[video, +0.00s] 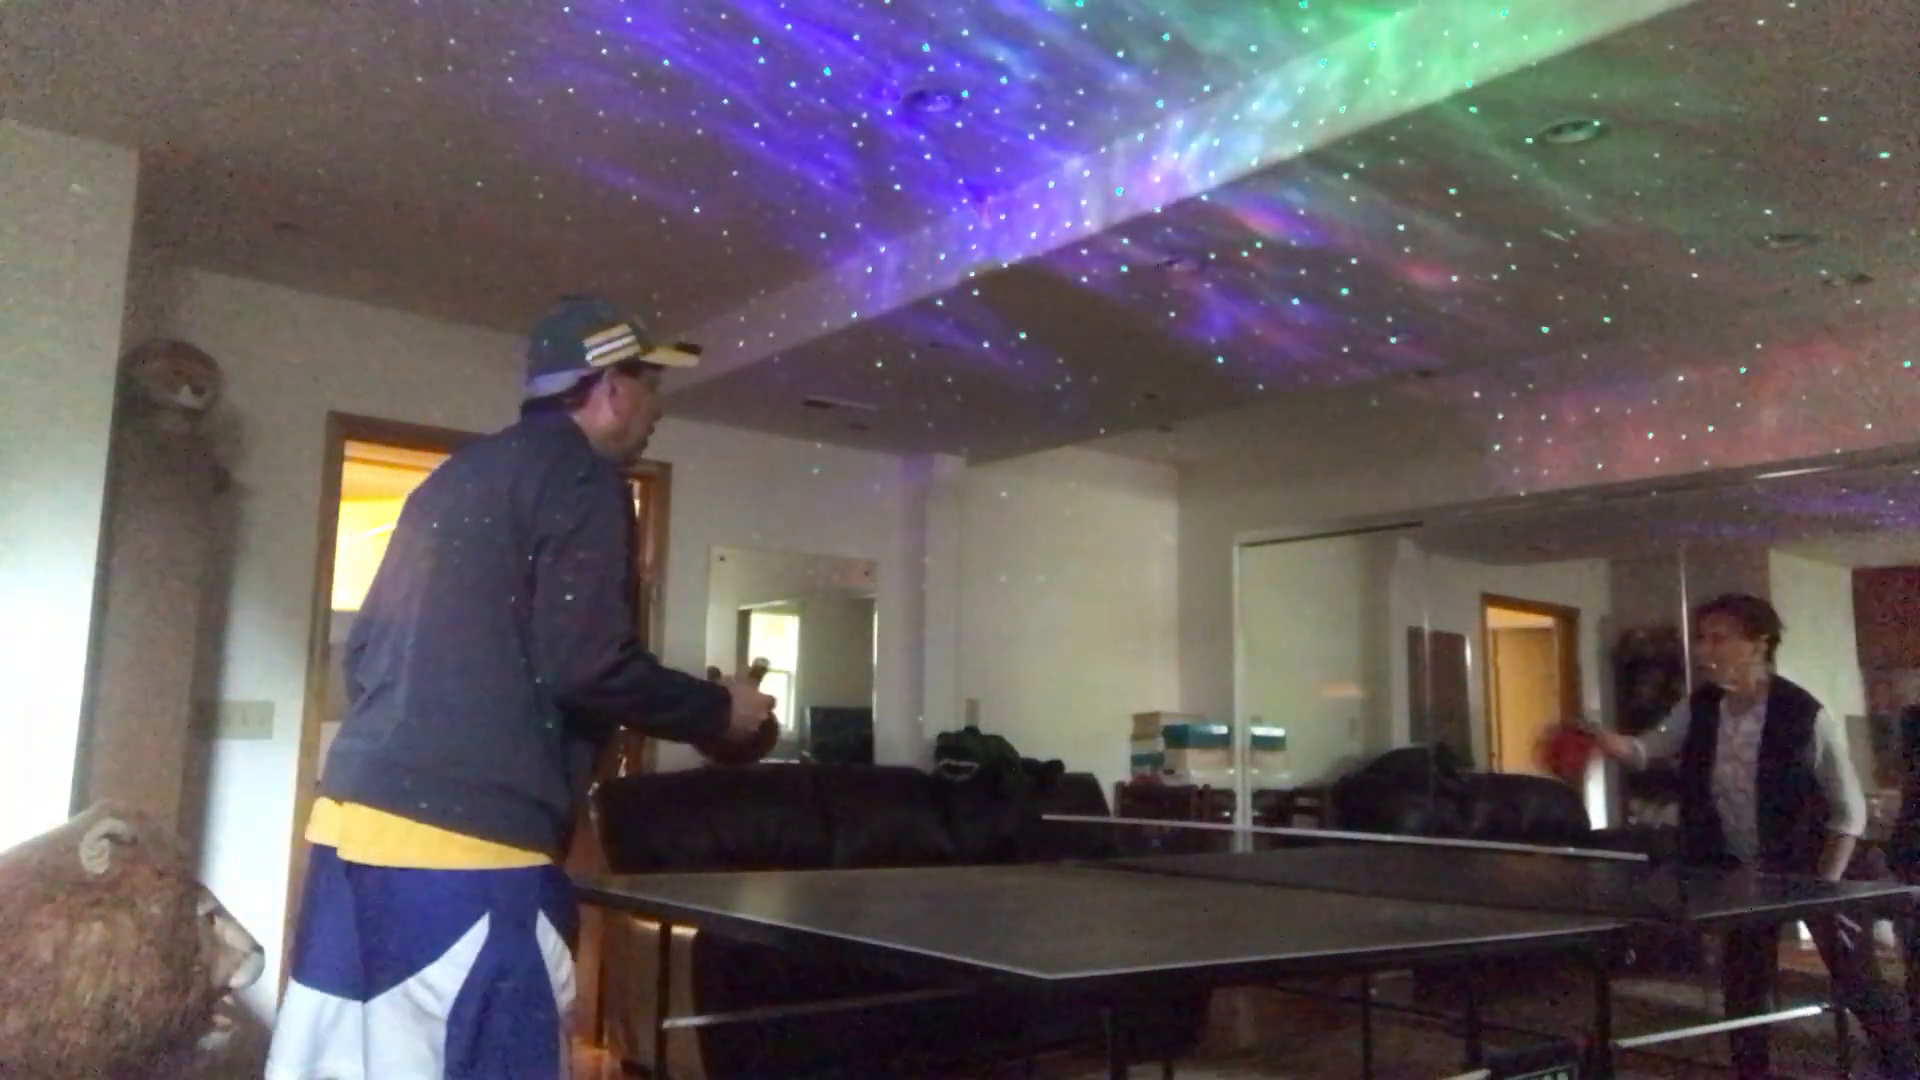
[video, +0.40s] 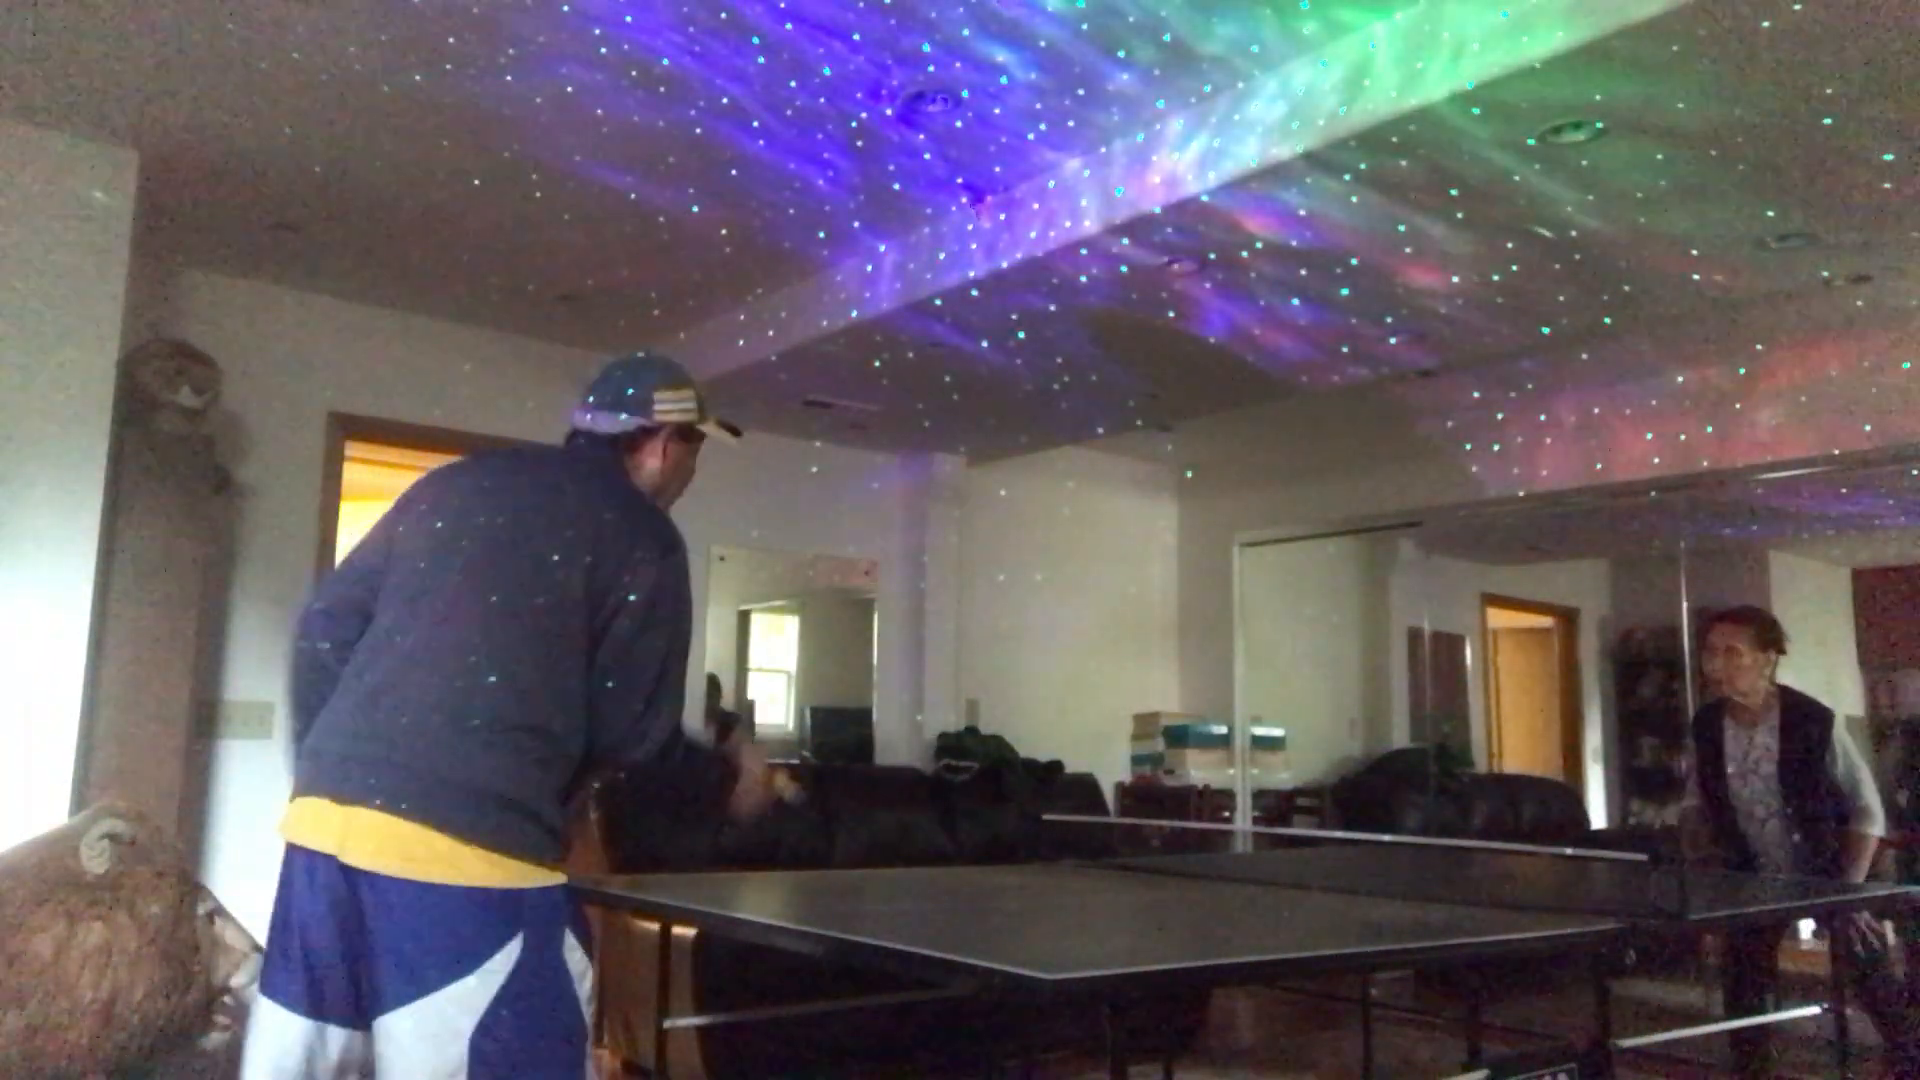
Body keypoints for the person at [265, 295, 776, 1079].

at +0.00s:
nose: (656, 407)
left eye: (654, 387)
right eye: (650, 385)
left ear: (551, 386)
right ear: (608, 389)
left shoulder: (453, 472)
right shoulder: (586, 478)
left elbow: (364, 648)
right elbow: (584, 663)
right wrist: (716, 707)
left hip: (352, 830)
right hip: (472, 844)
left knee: (338, 1060)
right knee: (496, 1064)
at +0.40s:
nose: (692, 476)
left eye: (696, 455)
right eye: (693, 453)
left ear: (587, 428)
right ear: (660, 444)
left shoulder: (457, 478)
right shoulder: (644, 538)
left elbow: (326, 618)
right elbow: (629, 735)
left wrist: (327, 773)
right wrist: (726, 778)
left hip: (323, 823)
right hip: (472, 849)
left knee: (297, 1063)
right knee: (507, 1063)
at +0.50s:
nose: (687, 437)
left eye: (690, 416)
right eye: (682, 413)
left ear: (577, 400)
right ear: (642, 410)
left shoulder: (450, 458)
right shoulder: (641, 502)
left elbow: (312, 562)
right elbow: (653, 693)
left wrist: (256, 730)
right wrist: (773, 696)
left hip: (340, 804)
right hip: (488, 830)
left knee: (292, 1051)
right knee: (492, 1059)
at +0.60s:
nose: (671, 403)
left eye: (672, 384)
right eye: (666, 383)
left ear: (562, 377)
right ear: (627, 383)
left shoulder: (440, 450)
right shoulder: (637, 490)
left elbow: (290, 548)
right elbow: (718, 656)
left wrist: (220, 709)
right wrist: (825, 595)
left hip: (355, 811)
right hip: (501, 836)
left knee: (308, 1043)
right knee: (510, 1057)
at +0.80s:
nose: (654, 380)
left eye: (649, 358)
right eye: (643, 357)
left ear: (545, 368)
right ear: (597, 366)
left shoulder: (429, 459)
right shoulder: (615, 480)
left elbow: (323, 613)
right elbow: (732, 616)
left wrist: (286, 787)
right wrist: (825, 505)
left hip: (368, 831)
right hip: (504, 847)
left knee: (368, 1066)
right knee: (516, 1064)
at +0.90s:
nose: (641, 373)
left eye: (638, 352)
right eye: (628, 350)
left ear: (535, 362)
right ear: (582, 361)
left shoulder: (418, 465)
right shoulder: (590, 471)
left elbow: (339, 634)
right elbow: (680, 641)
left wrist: (361, 781)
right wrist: (797, 552)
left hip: (368, 826)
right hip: (504, 839)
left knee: (376, 1066)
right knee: (522, 1063)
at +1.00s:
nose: (633, 374)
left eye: (631, 352)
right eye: (620, 350)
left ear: (537, 362)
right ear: (567, 358)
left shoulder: (414, 465)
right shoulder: (565, 462)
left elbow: (354, 649)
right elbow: (606, 653)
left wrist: (419, 746)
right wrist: (752, 626)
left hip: (370, 828)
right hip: (497, 842)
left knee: (374, 1067)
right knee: (521, 1063)